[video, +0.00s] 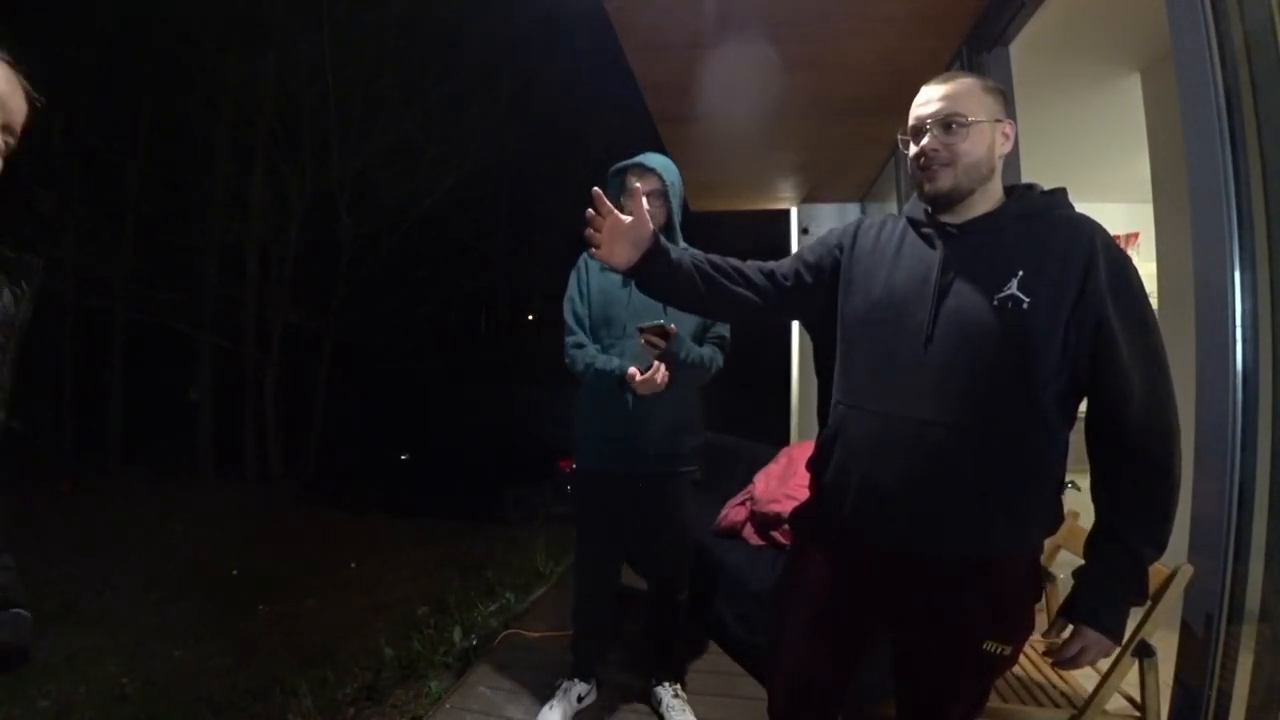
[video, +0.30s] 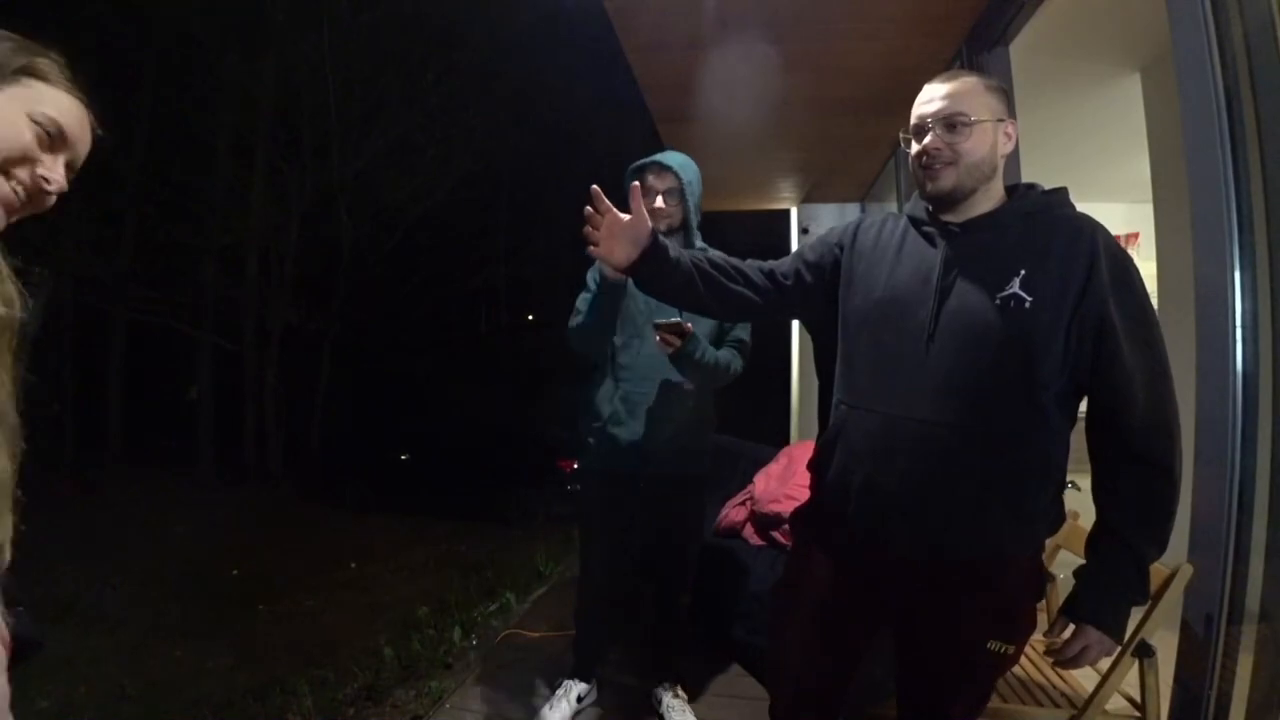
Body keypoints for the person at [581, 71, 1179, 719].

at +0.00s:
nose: (920, 143)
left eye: (946, 126)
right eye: (913, 133)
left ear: (1004, 136)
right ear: (905, 150)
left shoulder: (1075, 250)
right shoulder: (861, 242)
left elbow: (1140, 435)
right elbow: (761, 286)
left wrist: (1105, 596)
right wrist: (652, 256)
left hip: (976, 561)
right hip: (842, 542)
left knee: (938, 710)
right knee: (801, 703)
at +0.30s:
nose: (924, 143)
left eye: (951, 126)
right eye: (916, 132)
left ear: (1007, 135)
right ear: (907, 148)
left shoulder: (1077, 250)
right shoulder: (861, 240)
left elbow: (1140, 435)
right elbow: (760, 284)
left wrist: (1106, 596)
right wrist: (648, 255)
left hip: (977, 565)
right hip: (841, 547)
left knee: (938, 710)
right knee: (803, 706)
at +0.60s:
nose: (920, 142)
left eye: (946, 123)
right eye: (909, 129)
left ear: (1000, 135)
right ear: (899, 145)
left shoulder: (1067, 250)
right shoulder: (846, 238)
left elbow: (1130, 427)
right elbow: (741, 285)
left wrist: (1111, 581)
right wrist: (626, 251)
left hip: (977, 561)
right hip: (842, 547)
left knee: (937, 709)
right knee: (807, 704)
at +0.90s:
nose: (898, 139)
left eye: (921, 122)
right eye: (885, 128)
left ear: (975, 136)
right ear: (873, 146)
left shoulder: (1039, 247)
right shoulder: (820, 239)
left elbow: (1107, 414)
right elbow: (715, 292)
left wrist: (1102, 561)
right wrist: (600, 253)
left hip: (971, 562)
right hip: (832, 555)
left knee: (927, 711)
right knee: (814, 709)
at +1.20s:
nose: (873, 138)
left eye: (895, 121)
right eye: (859, 126)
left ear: (939, 135)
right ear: (843, 143)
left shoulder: (1009, 247)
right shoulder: (796, 241)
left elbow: (1073, 408)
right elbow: (688, 296)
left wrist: (1068, 546)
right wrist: (585, 262)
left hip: (959, 561)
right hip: (821, 555)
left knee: (921, 707)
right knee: (810, 706)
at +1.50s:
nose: (872, 125)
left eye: (892, 110)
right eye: (855, 117)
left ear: (930, 134)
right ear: (837, 145)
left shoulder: (1001, 248)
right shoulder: (786, 244)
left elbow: (1060, 405)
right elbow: (702, 340)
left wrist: (1049, 545)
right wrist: (632, 367)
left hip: (951, 549)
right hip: (813, 546)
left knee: (916, 709)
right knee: (806, 708)